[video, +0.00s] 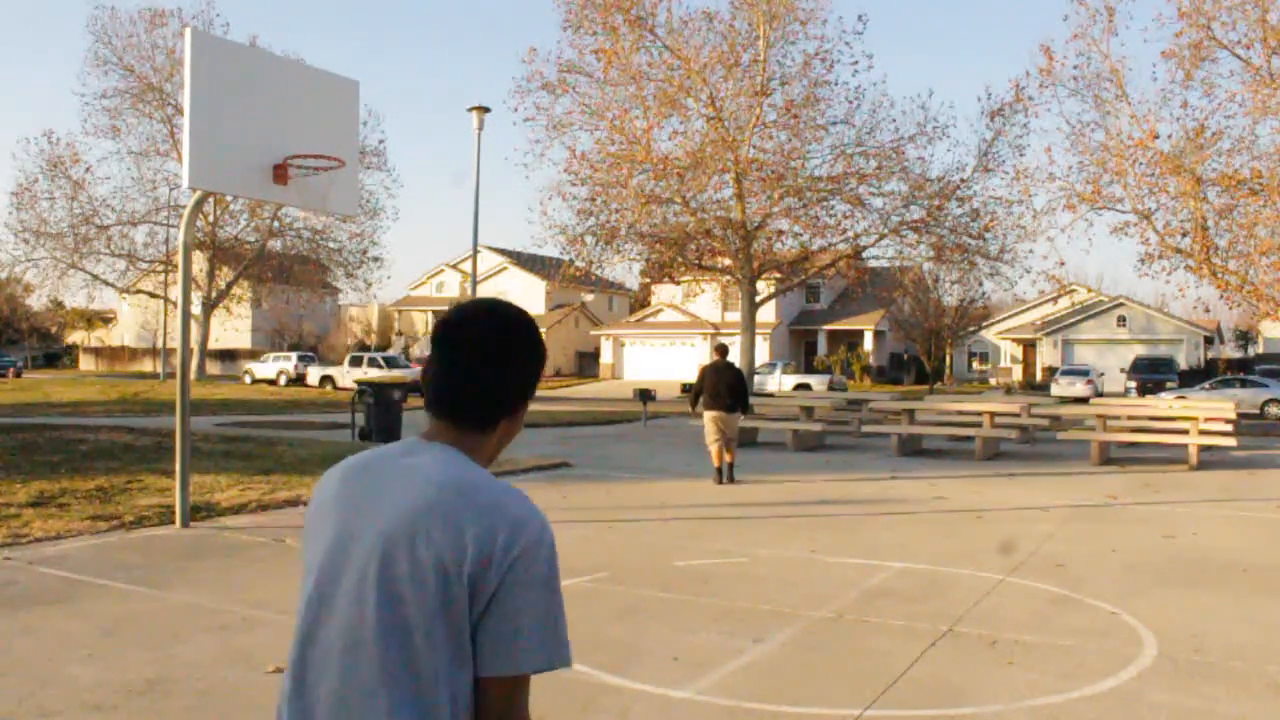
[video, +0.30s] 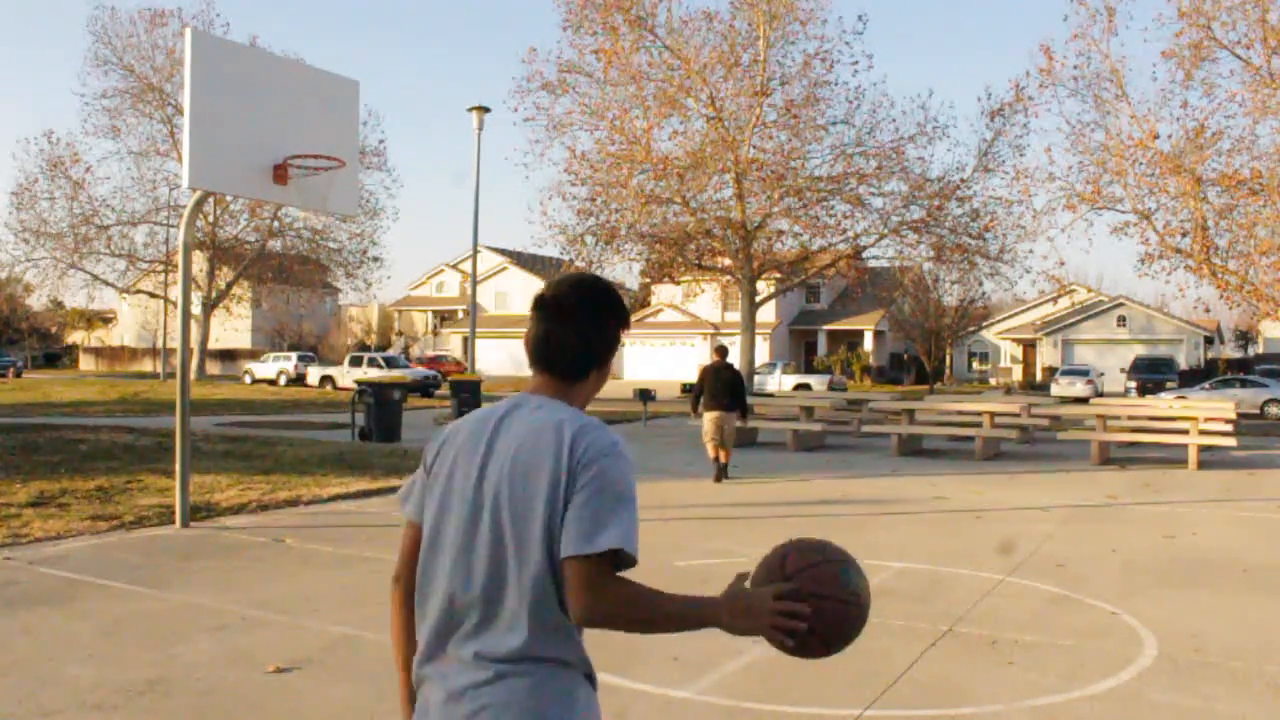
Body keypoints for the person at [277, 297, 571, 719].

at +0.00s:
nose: (527, 412)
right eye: (529, 398)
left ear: (426, 377)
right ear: (520, 407)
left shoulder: (337, 481)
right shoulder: (507, 522)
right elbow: (503, 707)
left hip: (306, 709)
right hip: (427, 712)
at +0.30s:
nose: (614, 364)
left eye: (614, 348)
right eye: (616, 350)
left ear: (531, 342)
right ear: (607, 357)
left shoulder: (451, 438)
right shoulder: (589, 444)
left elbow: (405, 584)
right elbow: (591, 599)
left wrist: (411, 696)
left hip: (441, 696)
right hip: (540, 696)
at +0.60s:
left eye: (610, 332)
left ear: (610, 342)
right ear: (682, 347)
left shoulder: (557, 417)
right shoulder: (694, 435)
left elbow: (519, 528)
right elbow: (807, 511)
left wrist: (515, 627)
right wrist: (901, 517)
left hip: (531, 660)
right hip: (616, 667)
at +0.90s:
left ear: (650, 356)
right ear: (712, 357)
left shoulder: (634, 437)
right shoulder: (747, 429)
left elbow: (614, 555)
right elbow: (758, 508)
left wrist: (596, 669)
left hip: (649, 635)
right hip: (726, 636)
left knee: (617, 711)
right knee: (708, 712)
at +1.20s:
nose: (677, 365)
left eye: (678, 353)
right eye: (677, 354)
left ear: (693, 355)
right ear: (735, 354)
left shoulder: (705, 413)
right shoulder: (768, 406)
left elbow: (671, 473)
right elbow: (738, 480)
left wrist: (619, 536)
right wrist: (673, 512)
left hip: (740, 606)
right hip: (803, 603)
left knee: (728, 710)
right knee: (769, 714)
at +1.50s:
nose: (703, 422)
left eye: (708, 408)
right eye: (698, 411)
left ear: (743, 398)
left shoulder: (743, 465)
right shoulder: (804, 434)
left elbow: (765, 563)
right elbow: (835, 528)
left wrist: (754, 604)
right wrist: (861, 594)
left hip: (802, 623)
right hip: (856, 611)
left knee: (755, 707)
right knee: (840, 710)